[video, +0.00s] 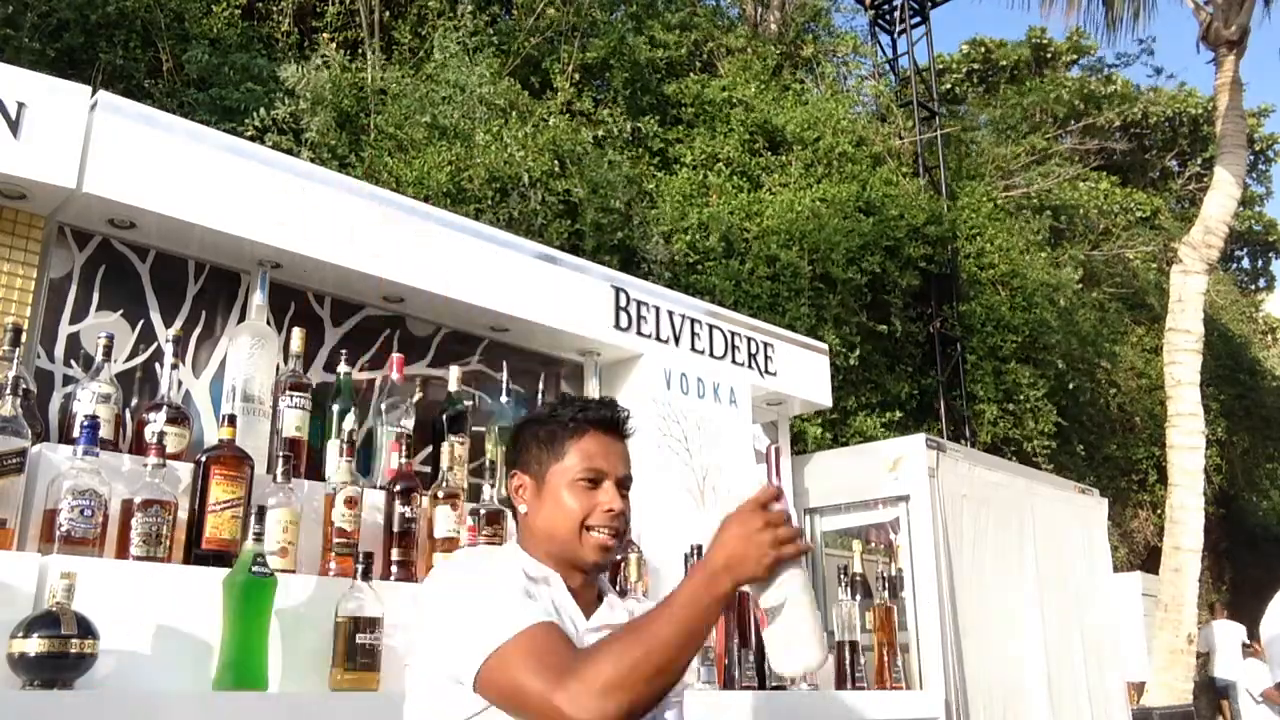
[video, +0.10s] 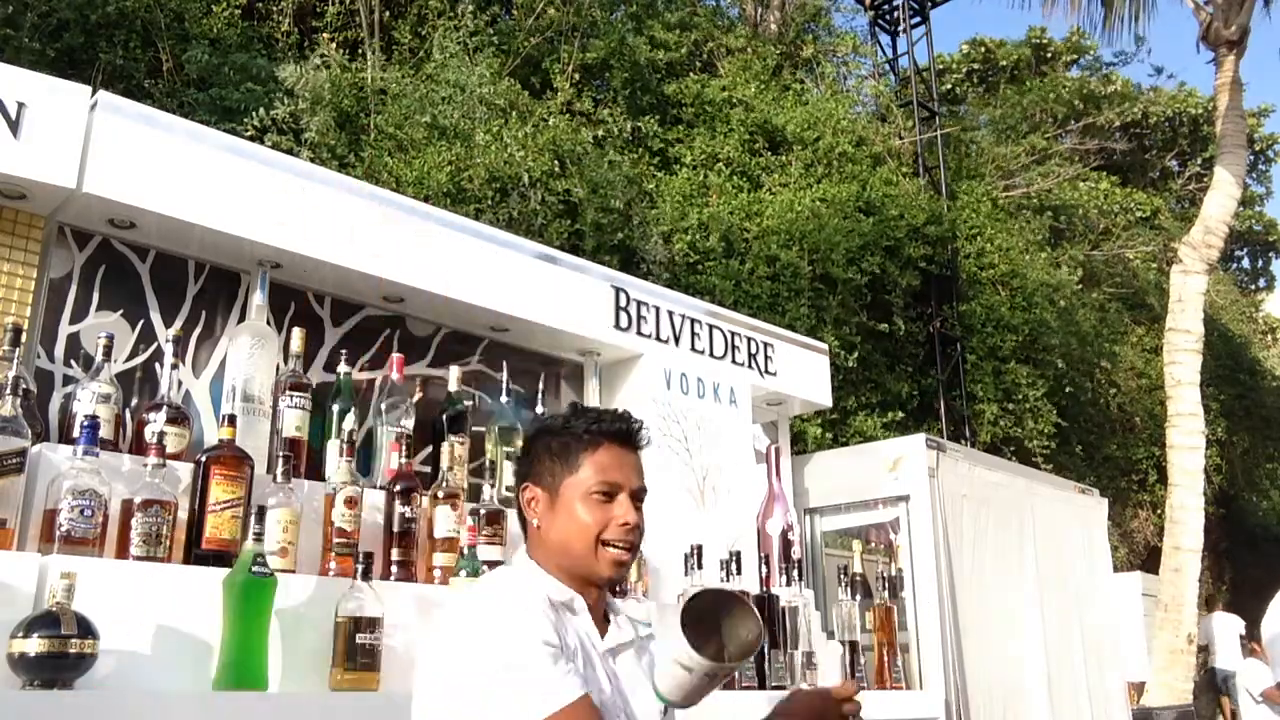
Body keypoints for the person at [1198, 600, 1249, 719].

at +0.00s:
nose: (1218, 613)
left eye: (1216, 611)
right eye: (1219, 611)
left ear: (1212, 613)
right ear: (1226, 613)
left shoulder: (1207, 628)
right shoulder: (1239, 627)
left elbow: (1202, 650)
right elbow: (1246, 643)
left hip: (1217, 671)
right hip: (1234, 671)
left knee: (1223, 700)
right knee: (1235, 703)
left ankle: (1228, 717)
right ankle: (1237, 716)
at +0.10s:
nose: (1217, 608)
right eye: (1218, 604)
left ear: (1207, 606)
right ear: (1221, 605)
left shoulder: (1206, 621)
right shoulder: (1235, 618)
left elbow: (1202, 644)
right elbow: (1244, 635)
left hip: (1217, 662)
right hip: (1234, 662)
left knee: (1223, 695)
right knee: (1235, 697)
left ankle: (1227, 717)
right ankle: (1237, 714)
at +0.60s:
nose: (1227, 589)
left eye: (1224, 587)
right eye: (1227, 587)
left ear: (1215, 589)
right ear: (1228, 588)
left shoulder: (1208, 606)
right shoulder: (1237, 603)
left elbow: (1202, 627)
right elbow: (1249, 619)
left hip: (1221, 649)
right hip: (1241, 648)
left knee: (1227, 688)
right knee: (1245, 684)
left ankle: (1229, 717)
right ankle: (1247, 715)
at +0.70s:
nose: (1234, 590)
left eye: (1231, 587)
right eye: (1233, 587)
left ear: (1220, 589)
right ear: (1233, 588)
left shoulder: (1213, 604)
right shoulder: (1242, 603)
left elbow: (1206, 626)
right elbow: (1254, 622)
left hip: (1222, 648)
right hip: (1242, 647)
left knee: (1227, 685)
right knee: (1245, 684)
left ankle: (1229, 717)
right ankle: (1246, 714)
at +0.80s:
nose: (1241, 583)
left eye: (1239, 580)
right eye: (1240, 581)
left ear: (1226, 583)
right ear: (1238, 582)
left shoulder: (1219, 596)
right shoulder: (1245, 596)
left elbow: (1212, 617)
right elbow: (1259, 613)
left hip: (1223, 640)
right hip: (1242, 641)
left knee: (1229, 678)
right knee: (1247, 675)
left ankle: (1229, 712)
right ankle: (1247, 708)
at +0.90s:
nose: (1244, 578)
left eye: (1242, 575)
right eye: (1243, 576)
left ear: (1228, 578)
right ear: (1243, 576)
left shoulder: (1222, 590)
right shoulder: (1249, 590)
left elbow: (1215, 610)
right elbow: (1263, 608)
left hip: (1225, 632)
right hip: (1243, 632)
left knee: (1235, 665)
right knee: (1253, 662)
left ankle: (1233, 694)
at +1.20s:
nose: (1243, 565)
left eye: (1241, 563)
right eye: (1242, 563)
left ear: (1230, 564)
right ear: (1243, 564)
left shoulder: (1223, 578)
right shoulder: (1252, 578)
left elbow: (1217, 598)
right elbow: (1265, 600)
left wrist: (1224, 609)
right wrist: (1254, 604)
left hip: (1231, 618)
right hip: (1250, 618)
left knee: (1239, 647)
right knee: (1252, 646)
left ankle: (1243, 673)